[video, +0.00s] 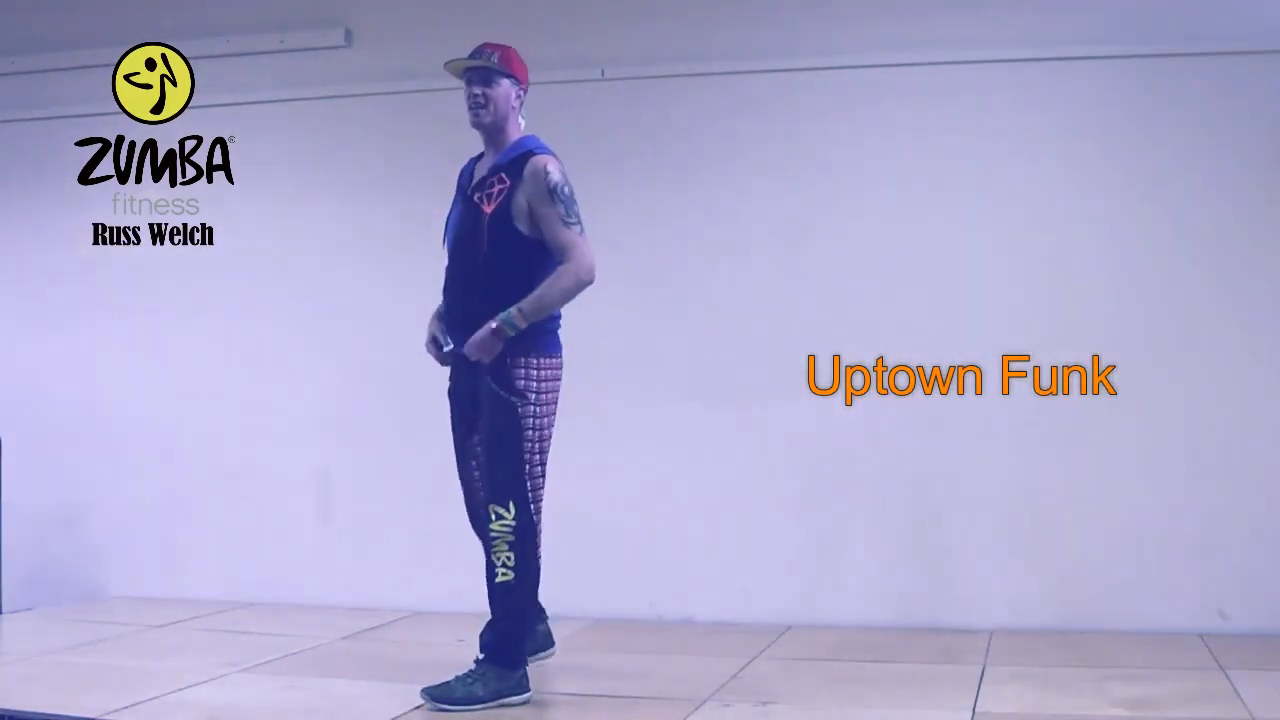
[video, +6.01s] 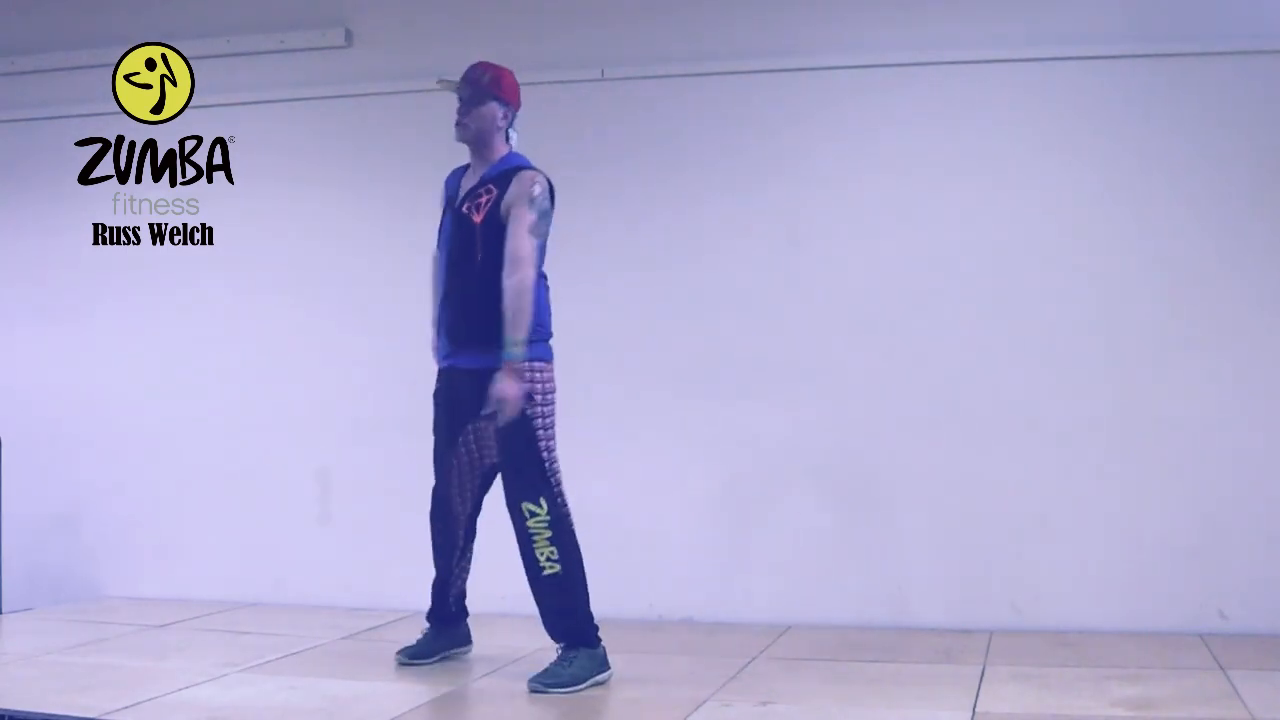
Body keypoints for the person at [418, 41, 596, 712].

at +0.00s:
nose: (474, 92)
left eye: (486, 81)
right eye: (468, 83)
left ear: (519, 92)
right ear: (465, 97)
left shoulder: (540, 168)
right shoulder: (471, 172)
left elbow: (579, 266)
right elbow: (467, 265)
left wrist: (503, 326)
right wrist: (440, 317)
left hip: (521, 363)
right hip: (472, 359)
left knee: (510, 504)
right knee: (483, 498)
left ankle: (504, 667)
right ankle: (527, 621)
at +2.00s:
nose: (543, 137)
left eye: (552, 125)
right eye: (532, 130)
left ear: (575, 128)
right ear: (523, 138)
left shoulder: (610, 200)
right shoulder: (524, 204)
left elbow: (629, 295)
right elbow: (518, 297)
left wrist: (657, 290)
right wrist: (505, 375)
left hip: (596, 375)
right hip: (535, 376)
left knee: (597, 502)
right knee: (508, 492)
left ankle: (621, 634)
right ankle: (561, 608)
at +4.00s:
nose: (489, 113)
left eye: (500, 103)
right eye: (482, 105)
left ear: (528, 112)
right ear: (477, 117)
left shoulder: (558, 185)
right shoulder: (473, 189)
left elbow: (589, 263)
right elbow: (471, 280)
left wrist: (618, 338)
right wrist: (460, 353)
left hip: (551, 369)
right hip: (489, 373)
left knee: (580, 502)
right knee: (475, 499)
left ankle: (622, 642)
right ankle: (461, 623)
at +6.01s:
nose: (458, 112)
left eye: (470, 101)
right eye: (458, 101)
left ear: (502, 112)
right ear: (469, 114)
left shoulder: (526, 183)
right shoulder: (456, 183)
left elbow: (521, 273)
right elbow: (446, 268)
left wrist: (513, 365)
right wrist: (442, 349)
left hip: (517, 368)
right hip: (461, 370)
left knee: (538, 505)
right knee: (451, 501)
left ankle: (582, 646)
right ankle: (448, 624)